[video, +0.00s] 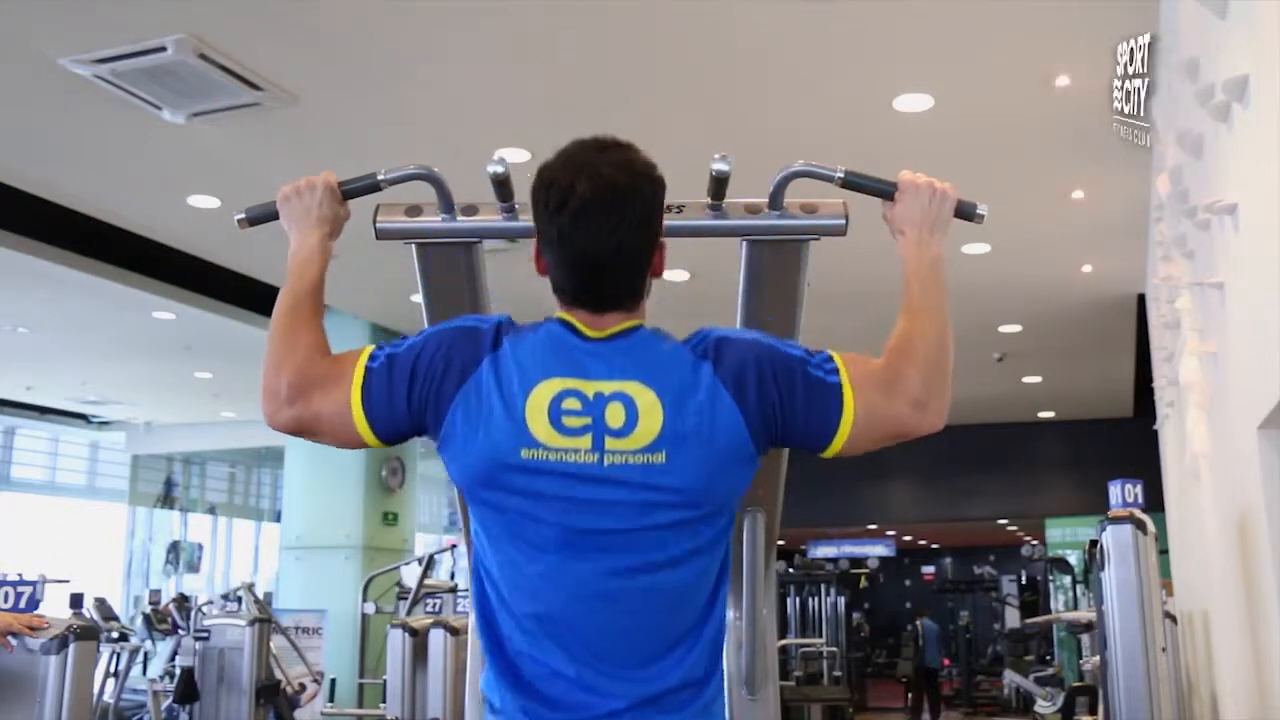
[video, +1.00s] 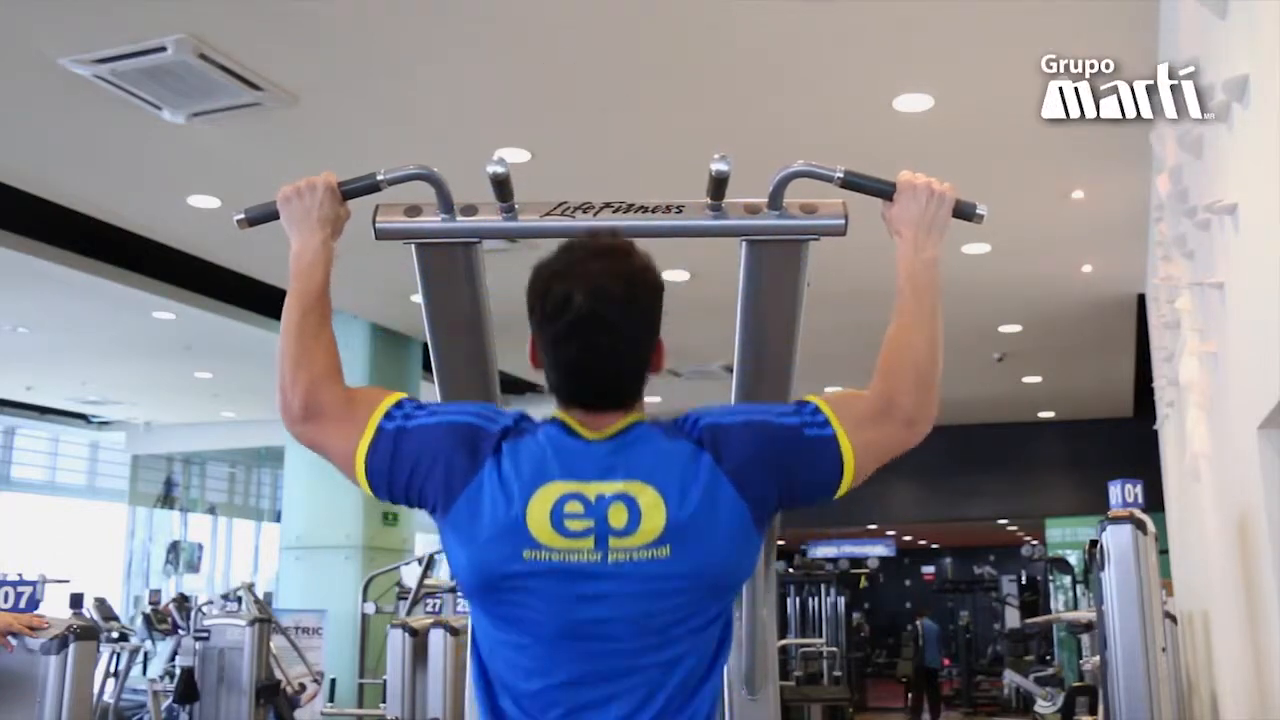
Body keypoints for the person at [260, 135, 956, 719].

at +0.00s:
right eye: (661, 237)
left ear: (539, 259)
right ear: (660, 260)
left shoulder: (469, 367)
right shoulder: (731, 379)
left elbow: (289, 397)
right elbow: (918, 398)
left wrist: (307, 244)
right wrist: (925, 243)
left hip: (523, 703)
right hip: (681, 705)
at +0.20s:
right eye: (662, 304)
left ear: (536, 328)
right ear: (661, 331)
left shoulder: (470, 427)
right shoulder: (731, 443)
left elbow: (298, 401)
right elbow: (909, 404)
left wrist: (309, 244)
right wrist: (923, 242)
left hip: (521, 709)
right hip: (684, 712)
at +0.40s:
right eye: (663, 378)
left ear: (532, 397)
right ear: (661, 407)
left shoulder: (471, 493)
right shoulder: (726, 510)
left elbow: (313, 402)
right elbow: (885, 406)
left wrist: (310, 242)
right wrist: (920, 243)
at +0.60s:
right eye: (662, 437)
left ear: (537, 463)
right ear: (664, 465)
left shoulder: (484, 547)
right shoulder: (724, 567)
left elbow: (340, 407)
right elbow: (856, 404)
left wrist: (313, 244)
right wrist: (912, 250)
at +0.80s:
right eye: (663, 422)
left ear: (541, 450)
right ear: (666, 452)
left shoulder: (481, 537)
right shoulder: (726, 549)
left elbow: (337, 408)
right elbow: (868, 411)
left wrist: (314, 245)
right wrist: (915, 249)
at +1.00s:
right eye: (658, 328)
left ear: (536, 356)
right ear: (659, 357)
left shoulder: (473, 464)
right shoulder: (728, 463)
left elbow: (310, 405)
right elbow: (903, 410)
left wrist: (310, 243)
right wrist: (920, 246)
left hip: (522, 709)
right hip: (682, 708)